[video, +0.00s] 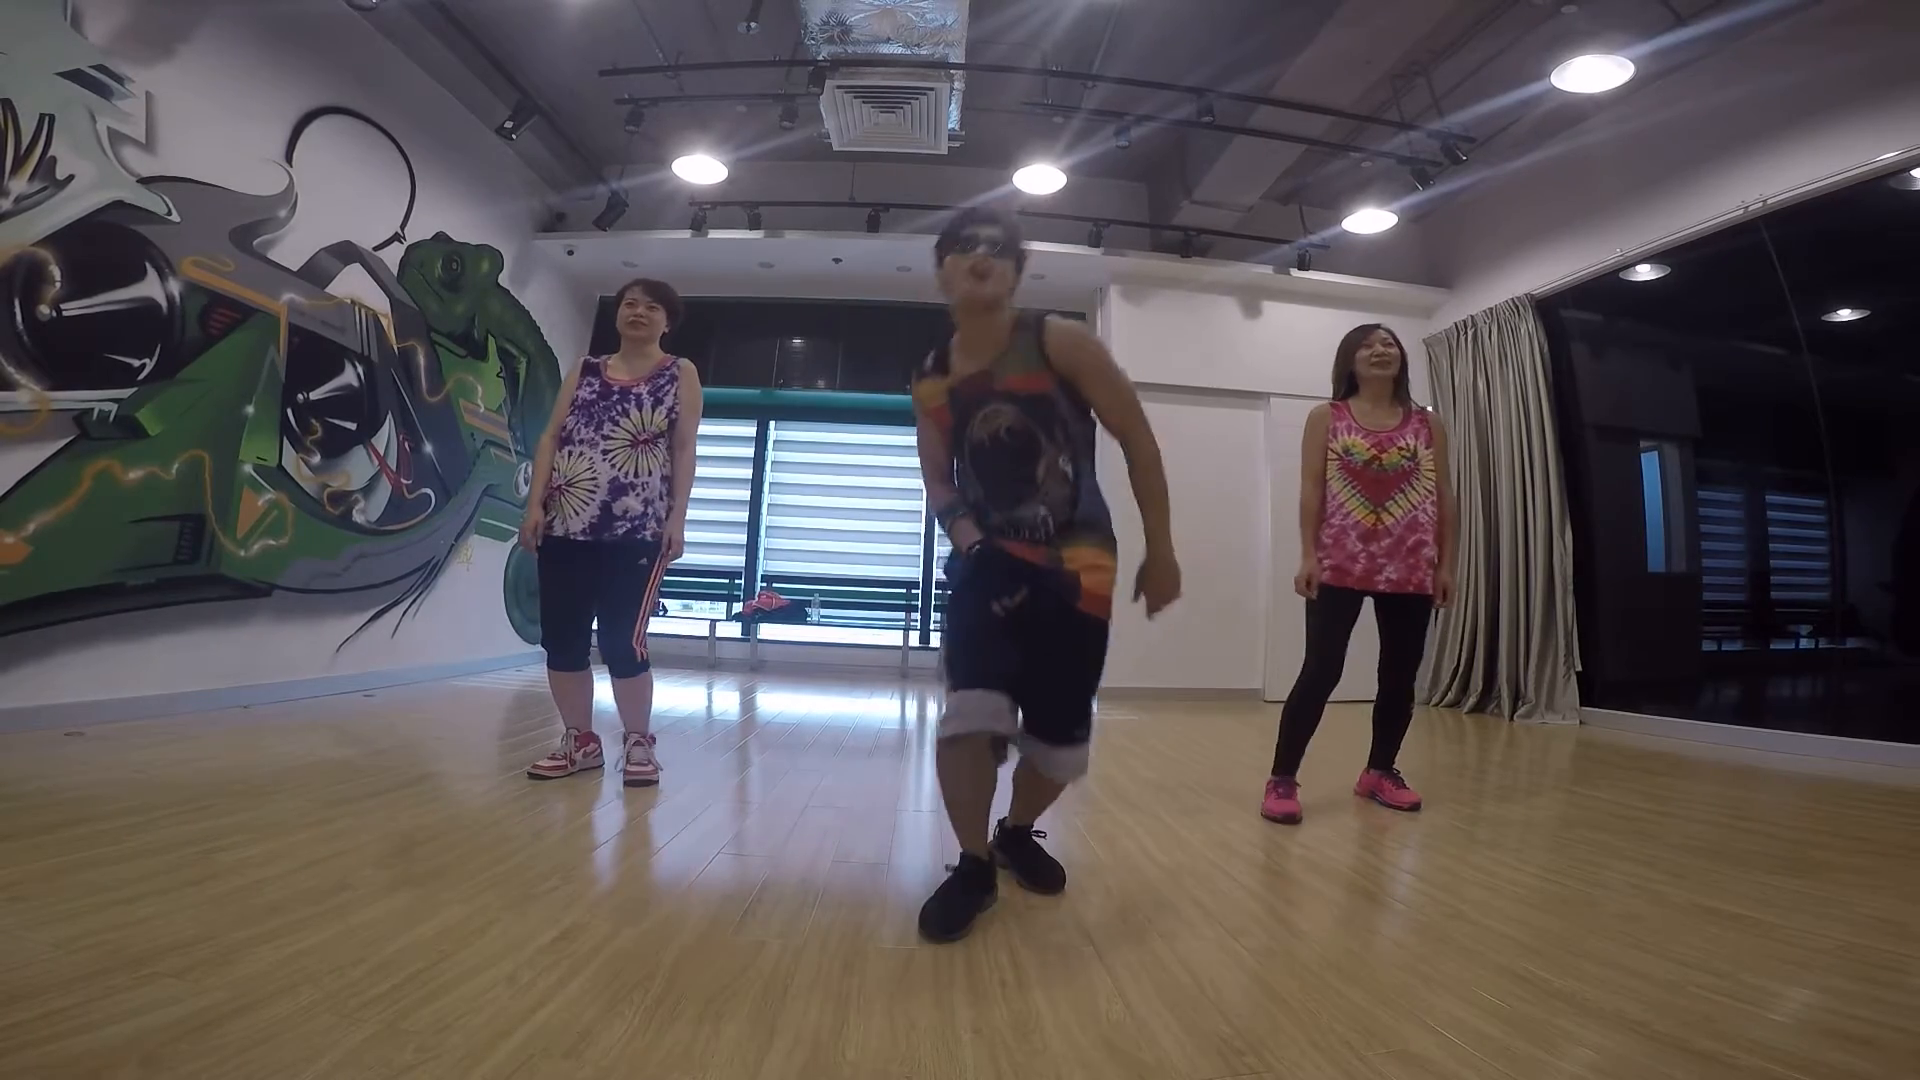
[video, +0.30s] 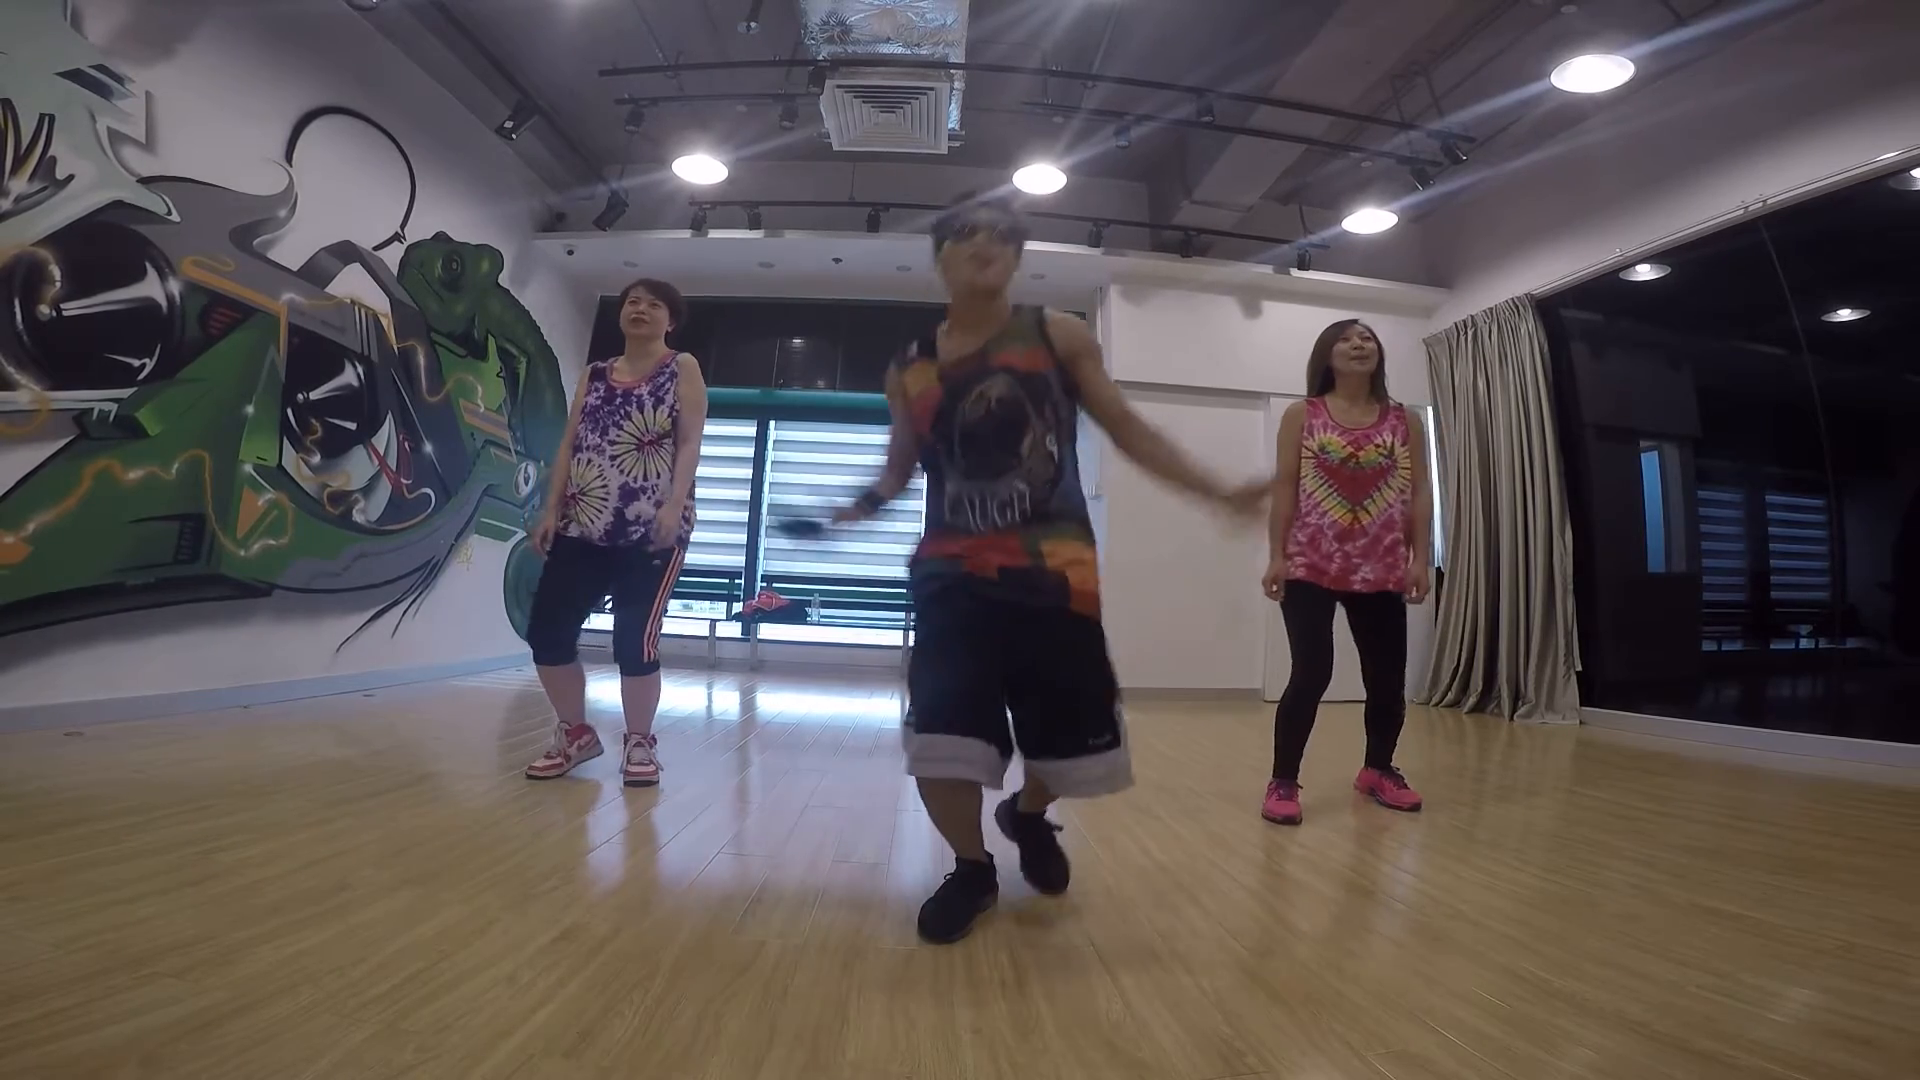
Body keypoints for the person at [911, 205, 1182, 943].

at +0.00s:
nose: (979, 260)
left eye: (996, 252)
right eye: (963, 249)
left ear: (1017, 275)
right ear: (940, 273)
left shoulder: (1063, 343)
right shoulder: (934, 379)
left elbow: (1139, 438)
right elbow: (938, 481)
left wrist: (1159, 549)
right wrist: (964, 531)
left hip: (1076, 568)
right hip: (985, 563)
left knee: (1059, 746)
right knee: (970, 718)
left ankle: (1015, 830)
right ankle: (973, 862)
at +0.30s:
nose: (984, 251)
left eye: (999, 240)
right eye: (966, 238)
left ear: (1018, 259)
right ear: (939, 259)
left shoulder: (1059, 337)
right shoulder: (913, 368)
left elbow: (1130, 432)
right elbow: (896, 469)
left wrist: (1218, 491)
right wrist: (860, 503)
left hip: (1054, 570)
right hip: (956, 570)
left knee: (1073, 742)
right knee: (937, 744)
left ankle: (1025, 813)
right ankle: (972, 866)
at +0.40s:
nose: (1012, 229)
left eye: (1025, 219)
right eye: (993, 217)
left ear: (1038, 241)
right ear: (959, 236)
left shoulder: (1069, 328)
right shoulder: (913, 334)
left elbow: (1158, 406)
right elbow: (858, 413)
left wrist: (1273, 442)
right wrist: (810, 431)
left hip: (1047, 561)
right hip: (942, 565)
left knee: (1086, 732)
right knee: (930, 744)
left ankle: (1028, 807)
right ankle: (970, 866)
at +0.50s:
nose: (1027, 232)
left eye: (1041, 220)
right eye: (1009, 217)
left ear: (1053, 237)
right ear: (974, 228)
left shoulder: (1073, 331)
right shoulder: (915, 317)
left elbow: (1166, 398)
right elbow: (831, 369)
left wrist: (1275, 419)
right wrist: (755, 373)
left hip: (1044, 558)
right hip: (938, 560)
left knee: (1089, 723)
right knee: (924, 739)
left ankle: (1026, 821)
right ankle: (966, 867)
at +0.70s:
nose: (1049, 244)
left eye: (1062, 235)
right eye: (1029, 234)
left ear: (1077, 262)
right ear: (996, 257)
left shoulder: (1081, 367)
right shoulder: (939, 321)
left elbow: (1135, 462)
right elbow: (844, 361)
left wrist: (1246, 466)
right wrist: (763, 369)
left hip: (1031, 586)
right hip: (925, 580)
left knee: (1060, 767)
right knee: (913, 761)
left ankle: (1025, 864)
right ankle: (969, 867)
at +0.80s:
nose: (1055, 256)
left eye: (1068, 248)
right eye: (1036, 246)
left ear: (1085, 275)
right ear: (1004, 269)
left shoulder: (1089, 388)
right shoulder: (943, 335)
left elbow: (1106, 495)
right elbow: (872, 407)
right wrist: (853, 429)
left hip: (1036, 591)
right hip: (930, 584)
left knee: (1075, 766)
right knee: (906, 762)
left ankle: (1028, 862)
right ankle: (969, 866)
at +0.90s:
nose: (1048, 257)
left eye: (1062, 247)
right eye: (1028, 246)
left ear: (1077, 272)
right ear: (997, 268)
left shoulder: (1093, 388)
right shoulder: (942, 349)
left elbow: (1086, 499)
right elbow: (920, 467)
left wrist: (1071, 584)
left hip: (1050, 596)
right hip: (944, 589)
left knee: (1087, 767)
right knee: (916, 759)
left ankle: (1031, 863)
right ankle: (970, 864)